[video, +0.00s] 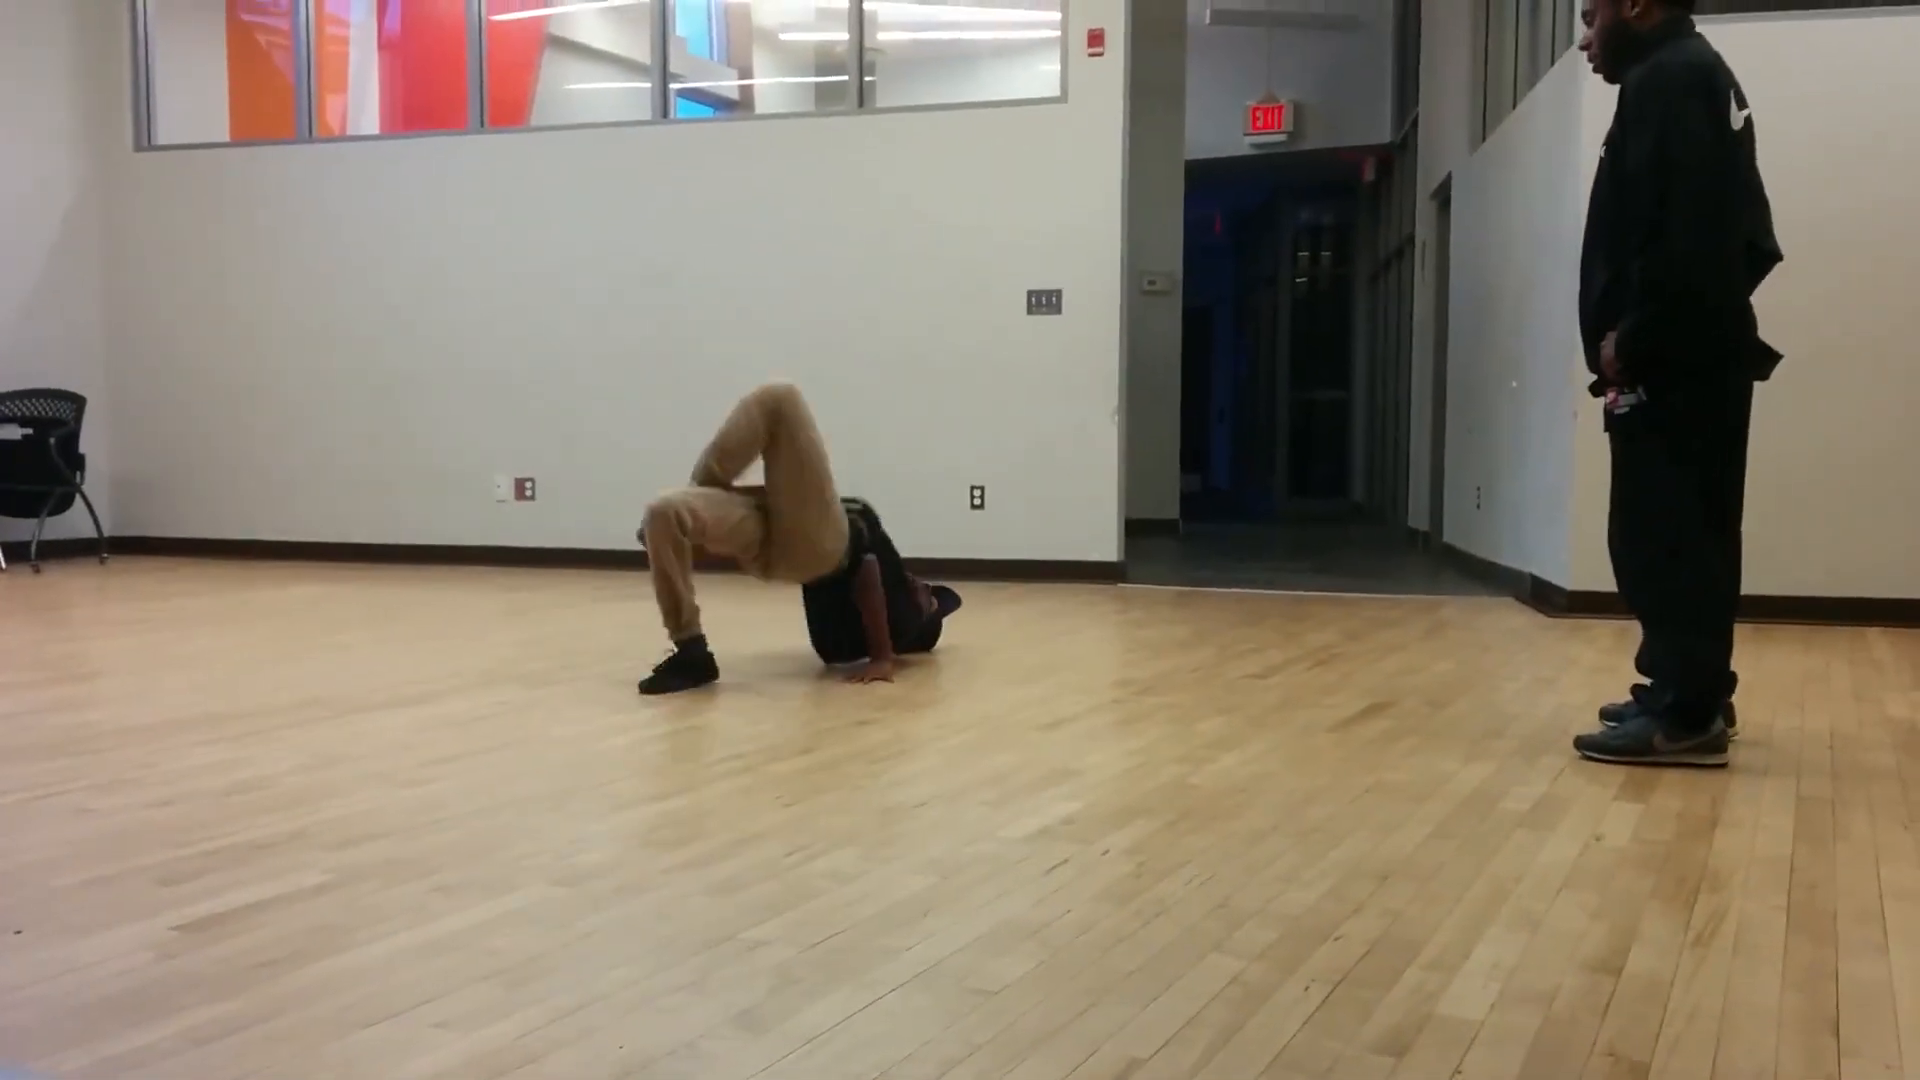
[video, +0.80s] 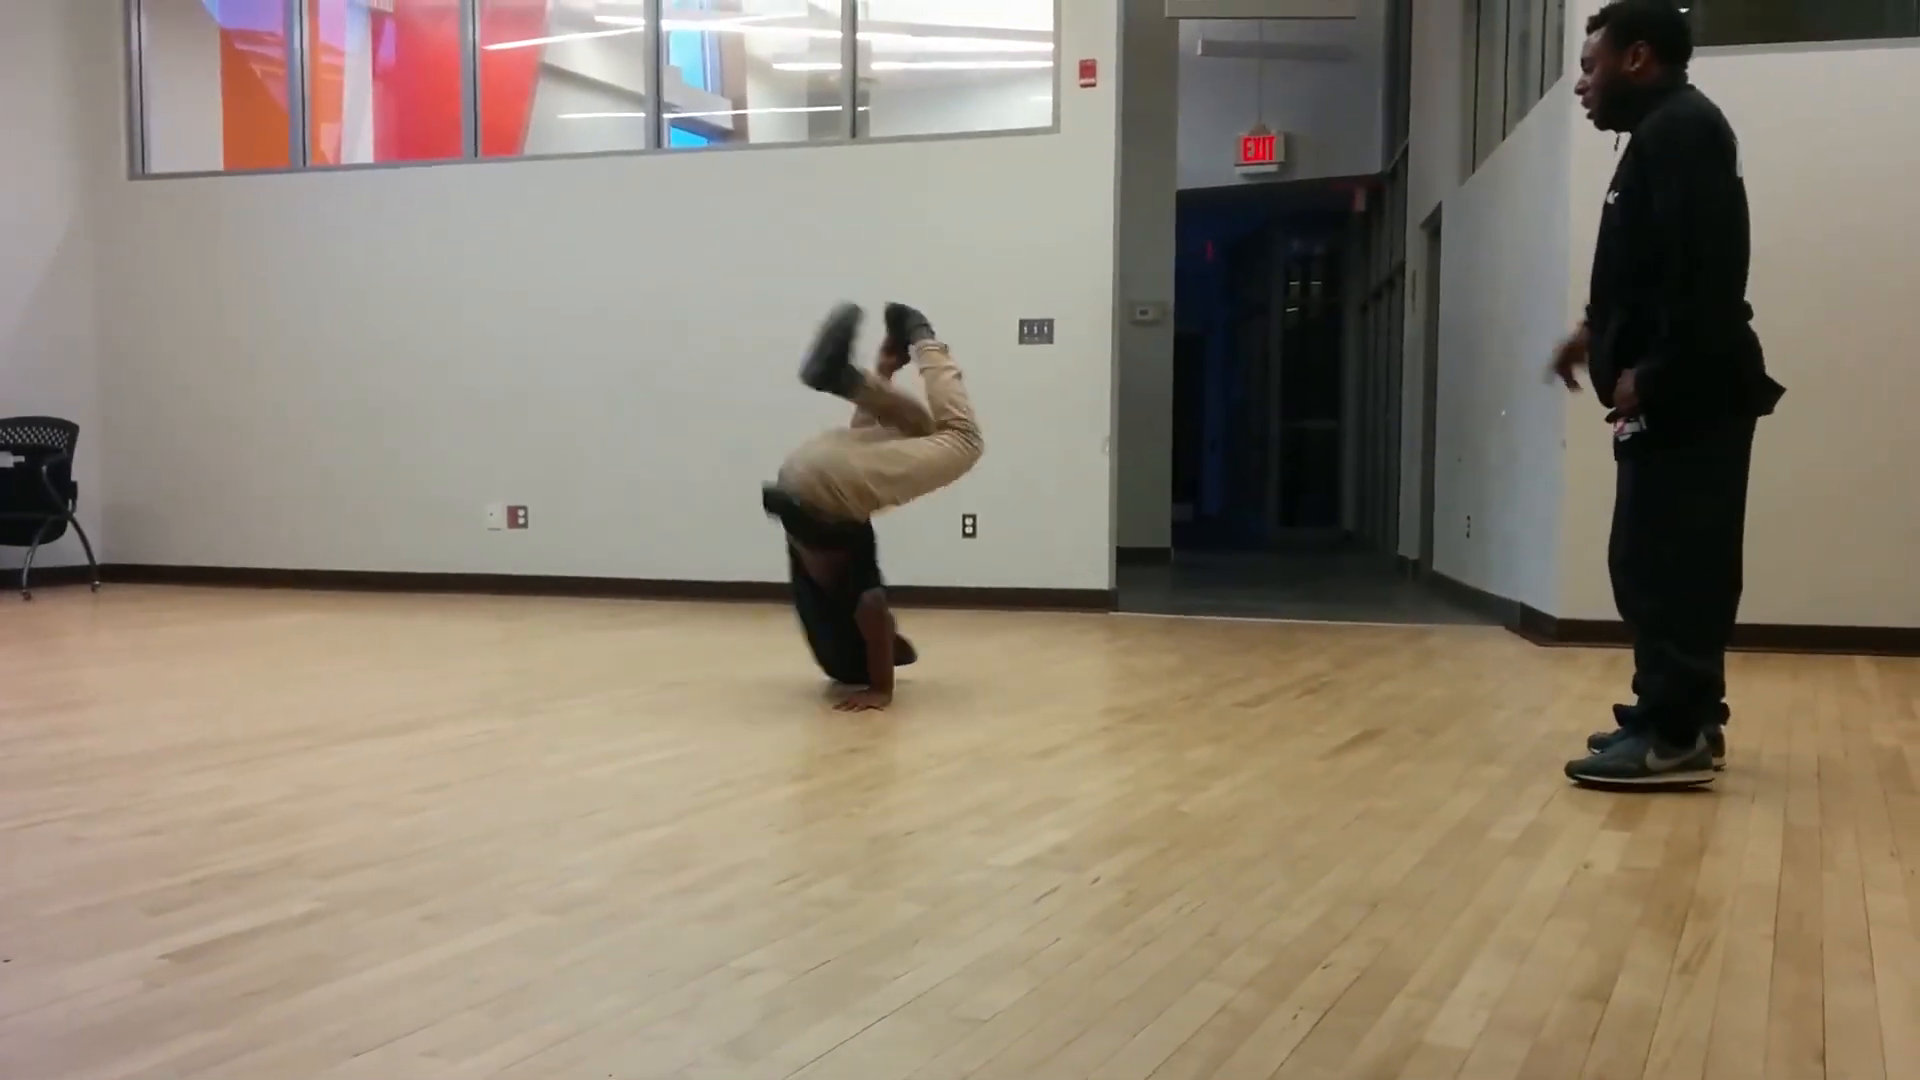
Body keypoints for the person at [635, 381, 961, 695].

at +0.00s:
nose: (924, 589)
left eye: (932, 600)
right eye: (928, 588)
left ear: (925, 619)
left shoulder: (912, 626)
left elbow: (868, 569)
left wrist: (882, 658)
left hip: (820, 545)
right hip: (765, 530)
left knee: (780, 402)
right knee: (663, 513)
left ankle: (694, 499)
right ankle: (692, 654)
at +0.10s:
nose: (924, 594)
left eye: (929, 607)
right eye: (929, 595)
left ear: (913, 632)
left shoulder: (895, 636)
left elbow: (858, 577)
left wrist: (880, 663)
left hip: (810, 562)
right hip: (766, 534)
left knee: (811, 423)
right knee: (671, 522)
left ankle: (699, 495)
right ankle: (686, 660)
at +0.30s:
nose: (917, 603)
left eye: (922, 620)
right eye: (922, 603)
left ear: (899, 641)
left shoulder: (870, 643)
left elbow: (862, 584)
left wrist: (876, 671)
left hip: (823, 563)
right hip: (783, 525)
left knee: (852, 423)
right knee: (683, 540)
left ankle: (726, 485)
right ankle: (673, 669)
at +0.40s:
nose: (917, 615)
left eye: (920, 626)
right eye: (922, 616)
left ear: (904, 642)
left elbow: (861, 583)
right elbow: (787, 521)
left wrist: (875, 674)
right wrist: (747, 473)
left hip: (848, 539)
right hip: (796, 522)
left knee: (894, 403)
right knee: (689, 532)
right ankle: (671, 672)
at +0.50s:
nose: (923, 629)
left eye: (925, 638)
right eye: (930, 630)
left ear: (913, 643)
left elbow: (877, 594)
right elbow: (797, 492)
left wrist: (877, 681)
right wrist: (785, 417)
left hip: (859, 536)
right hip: (807, 526)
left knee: (943, 425)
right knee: (705, 484)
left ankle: (823, 383)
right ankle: (673, 633)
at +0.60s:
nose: (924, 637)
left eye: (927, 641)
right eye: (927, 636)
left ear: (917, 640)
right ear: (918, 626)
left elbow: (887, 597)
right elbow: (817, 467)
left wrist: (878, 681)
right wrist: (838, 382)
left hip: (862, 544)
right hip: (810, 531)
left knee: (957, 449)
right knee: (751, 413)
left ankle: (889, 356)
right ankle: (696, 542)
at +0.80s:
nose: (895, 648)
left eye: (894, 653)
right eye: (895, 651)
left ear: (877, 644)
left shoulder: (847, 644)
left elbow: (871, 603)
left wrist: (880, 690)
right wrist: (882, 372)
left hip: (827, 484)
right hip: (800, 479)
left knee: (960, 443)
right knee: (920, 427)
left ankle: (920, 336)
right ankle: (837, 377)